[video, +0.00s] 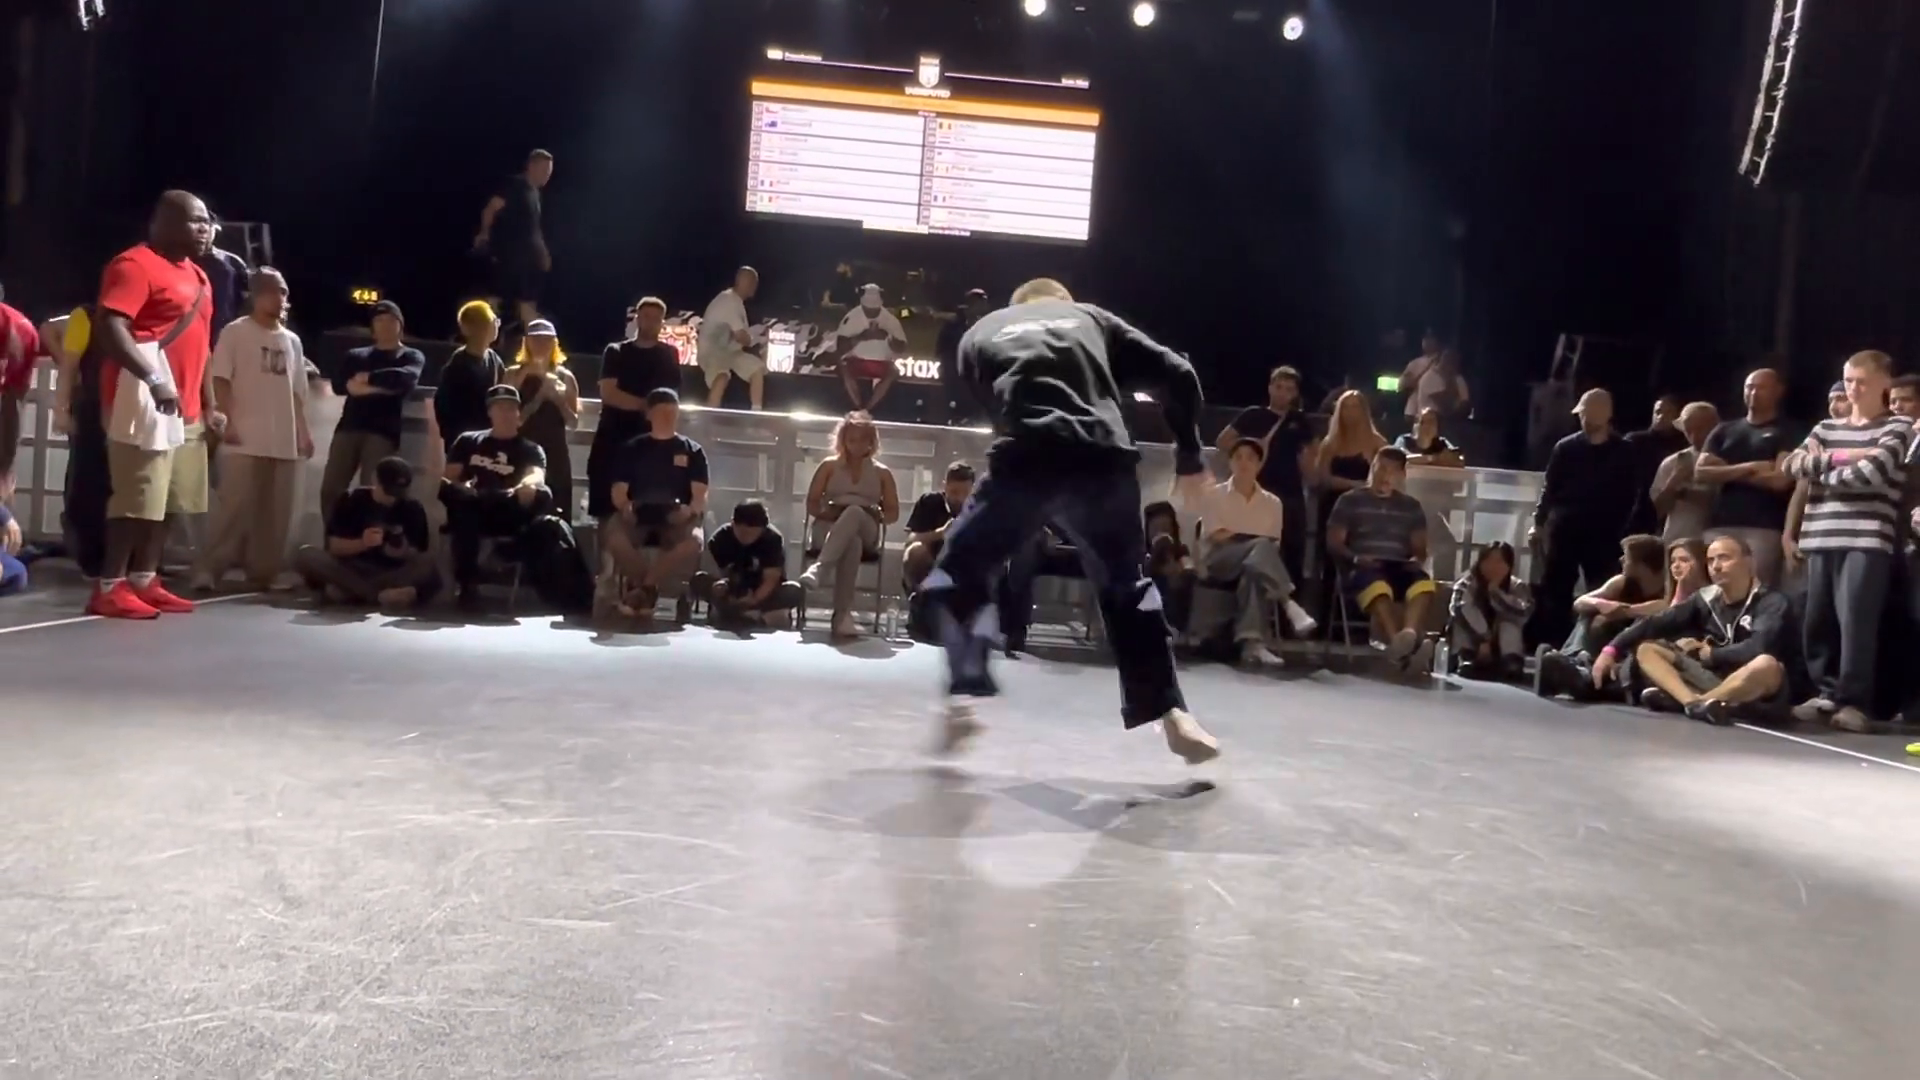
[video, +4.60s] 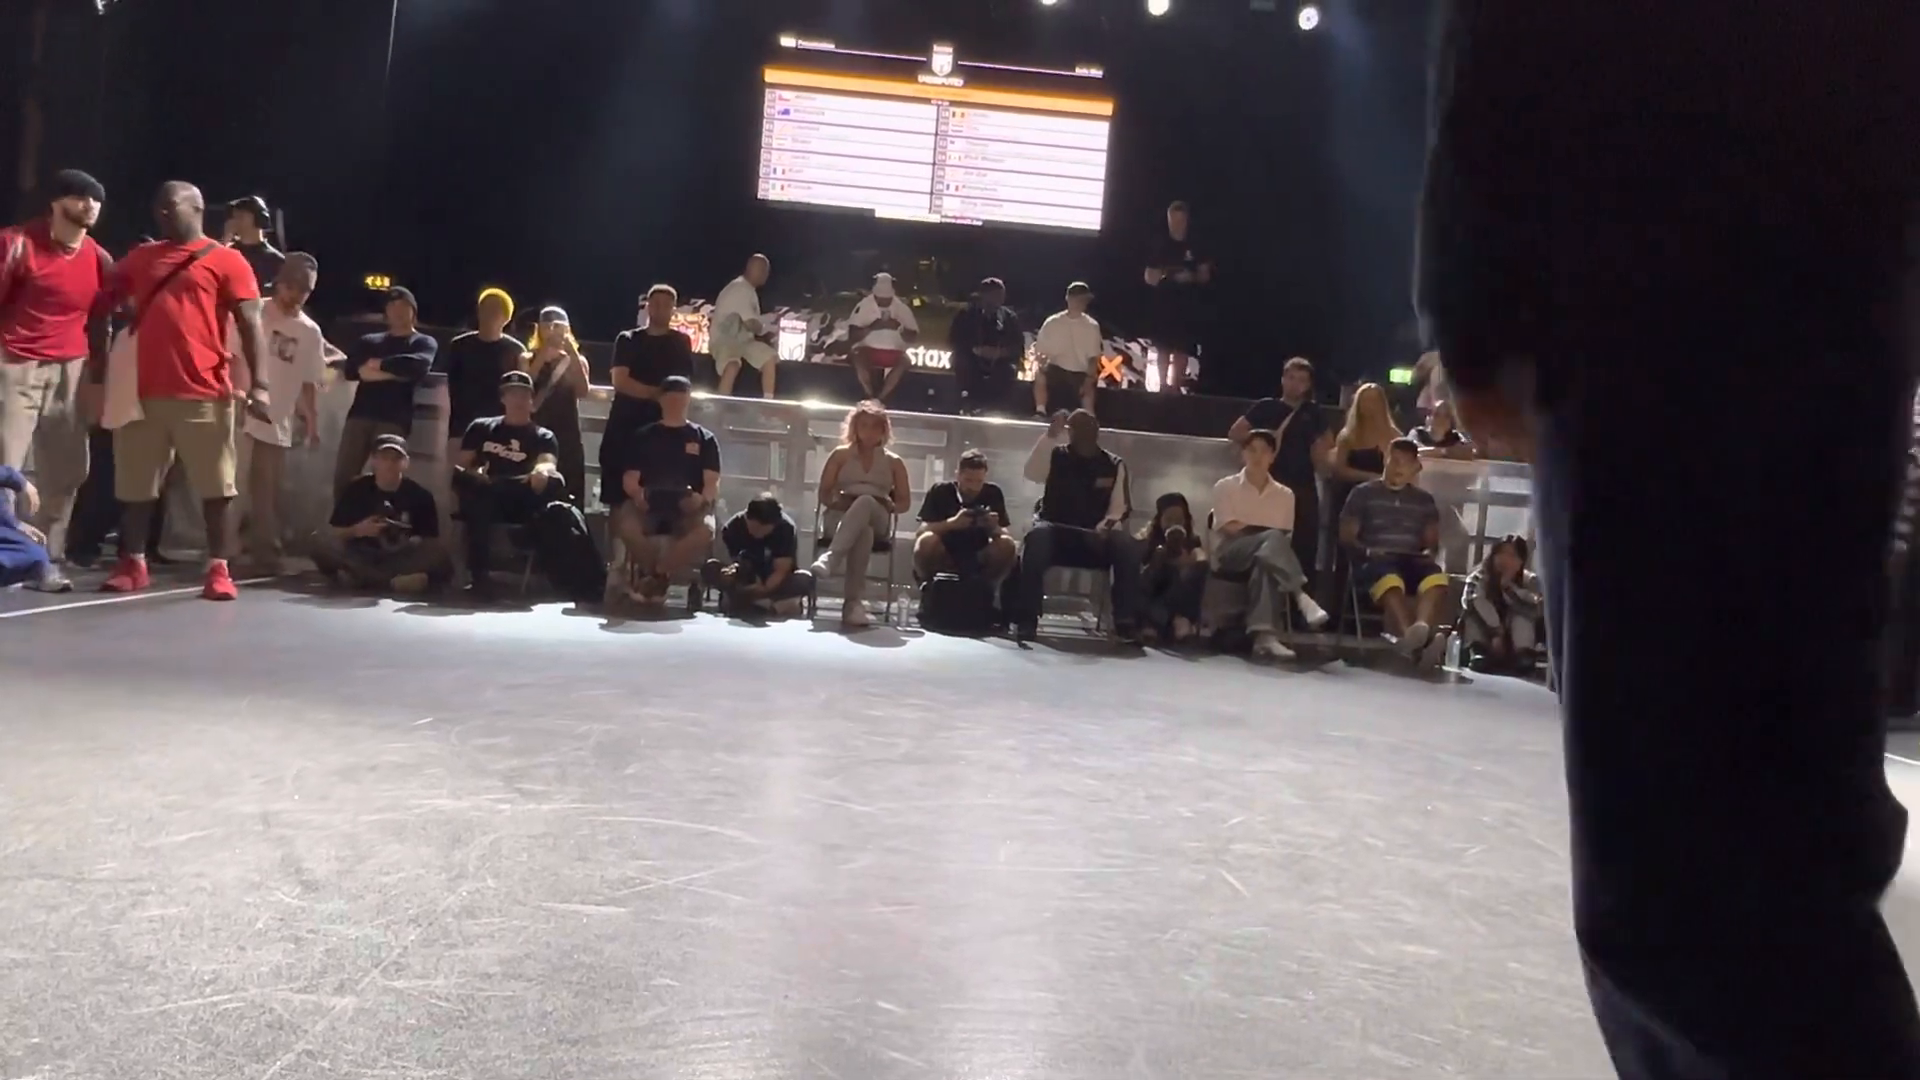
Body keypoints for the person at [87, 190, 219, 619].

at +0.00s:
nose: (207, 229)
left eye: (209, 222)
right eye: (197, 221)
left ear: (207, 229)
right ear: (167, 224)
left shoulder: (199, 278)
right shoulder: (135, 266)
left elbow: (199, 349)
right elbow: (110, 326)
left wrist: (208, 404)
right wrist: (155, 378)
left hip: (178, 404)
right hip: (139, 400)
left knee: (165, 495)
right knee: (135, 495)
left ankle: (145, 581)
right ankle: (109, 587)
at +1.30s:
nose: (179, 198)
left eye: (187, 192)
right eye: (173, 192)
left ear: (205, 201)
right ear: (161, 201)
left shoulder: (230, 256)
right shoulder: (141, 248)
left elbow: (241, 325)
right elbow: (113, 307)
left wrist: (254, 384)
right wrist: (135, 353)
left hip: (222, 396)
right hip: (166, 393)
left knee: (228, 474)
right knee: (157, 483)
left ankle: (181, 550)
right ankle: (151, 565)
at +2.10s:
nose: (213, 206)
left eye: (221, 198)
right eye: (213, 198)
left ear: (247, 204)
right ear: (213, 202)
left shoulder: (278, 259)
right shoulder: (196, 247)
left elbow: (295, 335)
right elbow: (177, 306)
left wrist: (283, 394)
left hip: (248, 397)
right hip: (189, 391)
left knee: (250, 487)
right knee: (173, 483)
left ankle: (243, 564)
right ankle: (161, 562)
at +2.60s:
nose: (209, 207)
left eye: (215, 199)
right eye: (209, 199)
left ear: (242, 202)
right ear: (236, 203)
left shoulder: (274, 258)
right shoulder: (211, 247)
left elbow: (288, 333)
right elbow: (190, 287)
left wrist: (277, 394)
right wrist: (128, 275)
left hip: (239, 393)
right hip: (189, 388)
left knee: (246, 483)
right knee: (177, 476)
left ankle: (242, 566)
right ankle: (180, 559)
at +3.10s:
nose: (175, 211)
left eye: (182, 202)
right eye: (171, 204)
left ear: (206, 200)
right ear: (169, 208)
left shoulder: (239, 252)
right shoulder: (167, 252)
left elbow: (263, 323)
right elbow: (131, 278)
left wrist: (253, 384)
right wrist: (94, 260)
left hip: (223, 390)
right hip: (170, 389)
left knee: (236, 481)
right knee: (171, 480)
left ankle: (239, 565)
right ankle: (178, 562)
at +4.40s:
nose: (190, 212)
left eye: (199, 204)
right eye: (188, 205)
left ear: (226, 207)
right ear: (186, 211)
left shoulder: (254, 263)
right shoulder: (169, 254)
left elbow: (270, 330)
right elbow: (128, 288)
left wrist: (265, 387)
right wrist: (96, 253)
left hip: (223, 393)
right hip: (161, 388)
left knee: (230, 485)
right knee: (145, 480)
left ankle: (224, 565)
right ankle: (137, 560)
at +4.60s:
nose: (161, 213)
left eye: (169, 205)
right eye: (159, 207)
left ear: (194, 207)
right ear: (158, 213)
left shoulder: (227, 259)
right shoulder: (141, 258)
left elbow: (251, 324)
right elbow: (99, 306)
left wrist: (259, 385)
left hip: (206, 395)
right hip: (143, 394)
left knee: (216, 488)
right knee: (136, 487)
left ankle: (219, 569)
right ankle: (133, 566)